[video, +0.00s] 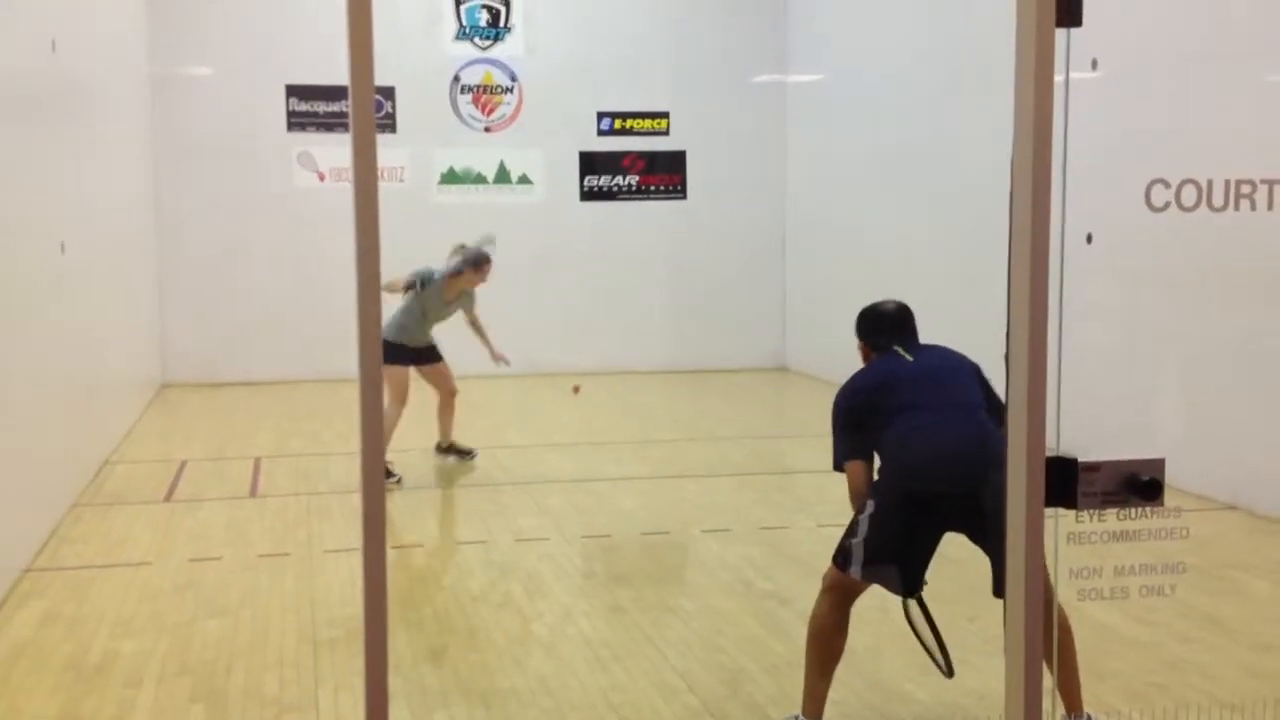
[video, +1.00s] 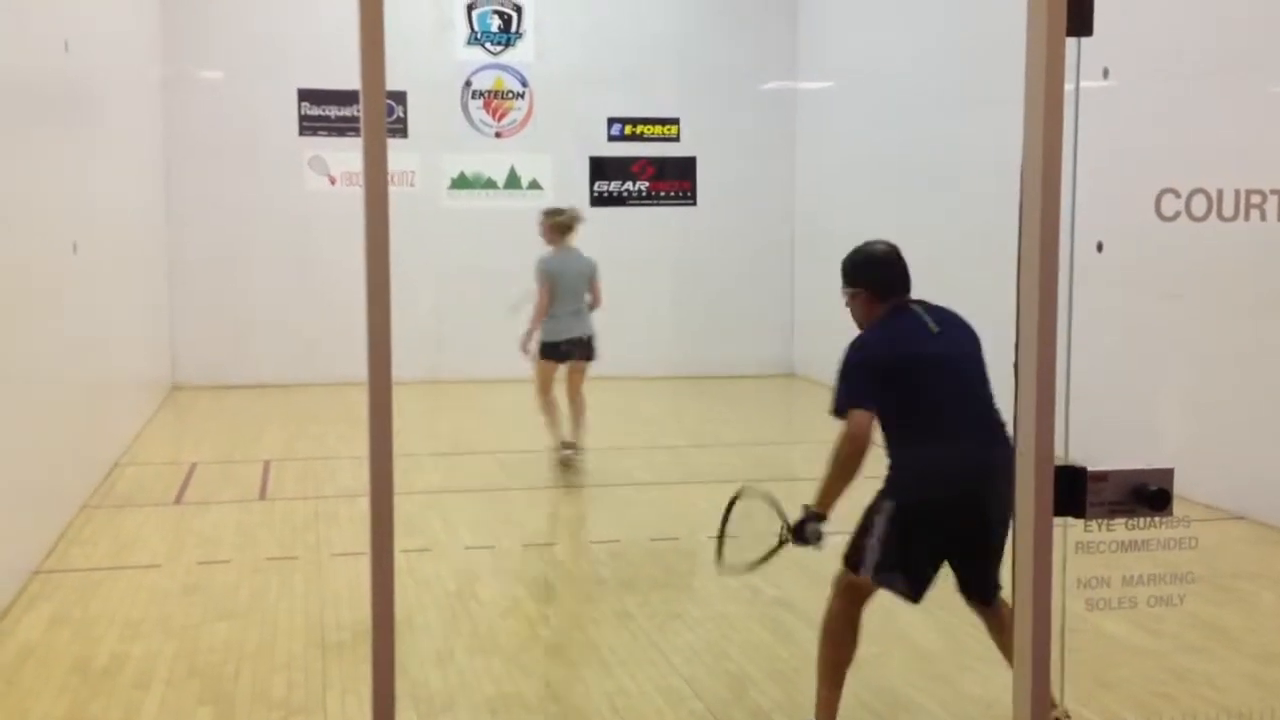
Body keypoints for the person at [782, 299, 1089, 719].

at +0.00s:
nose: (858, 354)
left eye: (859, 347)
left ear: (865, 349)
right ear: (915, 338)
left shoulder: (857, 389)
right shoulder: (959, 363)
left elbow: (860, 488)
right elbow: (1005, 427)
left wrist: (869, 541)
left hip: (910, 488)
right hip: (988, 484)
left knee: (837, 590)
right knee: (1041, 593)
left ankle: (810, 714)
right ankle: (1077, 712)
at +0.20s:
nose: (877, 353)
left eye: (877, 347)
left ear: (882, 349)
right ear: (931, 338)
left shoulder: (871, 387)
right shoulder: (978, 366)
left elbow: (862, 489)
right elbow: (1025, 434)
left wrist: (874, 536)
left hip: (917, 485)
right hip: (994, 481)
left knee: (844, 591)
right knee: (1043, 592)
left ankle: (809, 714)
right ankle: (1076, 713)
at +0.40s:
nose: (907, 349)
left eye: (907, 343)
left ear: (913, 344)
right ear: (962, 335)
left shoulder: (899, 382)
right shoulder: (1004, 365)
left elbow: (873, 482)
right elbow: (1068, 441)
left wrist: (884, 527)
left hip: (929, 487)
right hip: (1008, 486)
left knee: (865, 596)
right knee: (1058, 593)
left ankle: (815, 713)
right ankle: (1077, 713)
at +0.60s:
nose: (933, 336)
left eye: (932, 329)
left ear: (939, 330)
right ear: (993, 323)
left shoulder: (919, 372)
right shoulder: (1029, 358)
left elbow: (893, 465)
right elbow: (1080, 440)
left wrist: (894, 517)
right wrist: (1081, 492)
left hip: (931, 485)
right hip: (1014, 487)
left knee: (867, 593)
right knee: (1066, 594)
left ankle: (817, 712)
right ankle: (1080, 713)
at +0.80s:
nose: (887, 312)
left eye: (887, 306)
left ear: (891, 308)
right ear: (941, 302)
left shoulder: (881, 359)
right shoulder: (988, 346)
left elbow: (861, 454)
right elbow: (1017, 424)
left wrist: (856, 510)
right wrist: (1027, 495)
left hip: (918, 489)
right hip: (996, 489)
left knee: (845, 591)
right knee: (1039, 599)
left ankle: (820, 713)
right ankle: (1075, 713)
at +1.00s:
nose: (848, 305)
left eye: (849, 296)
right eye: (847, 295)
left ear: (864, 295)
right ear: (904, 287)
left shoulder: (870, 348)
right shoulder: (953, 324)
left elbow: (857, 435)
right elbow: (971, 408)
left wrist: (817, 511)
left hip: (920, 488)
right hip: (992, 481)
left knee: (849, 593)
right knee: (985, 594)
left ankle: (825, 713)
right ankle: (1047, 704)